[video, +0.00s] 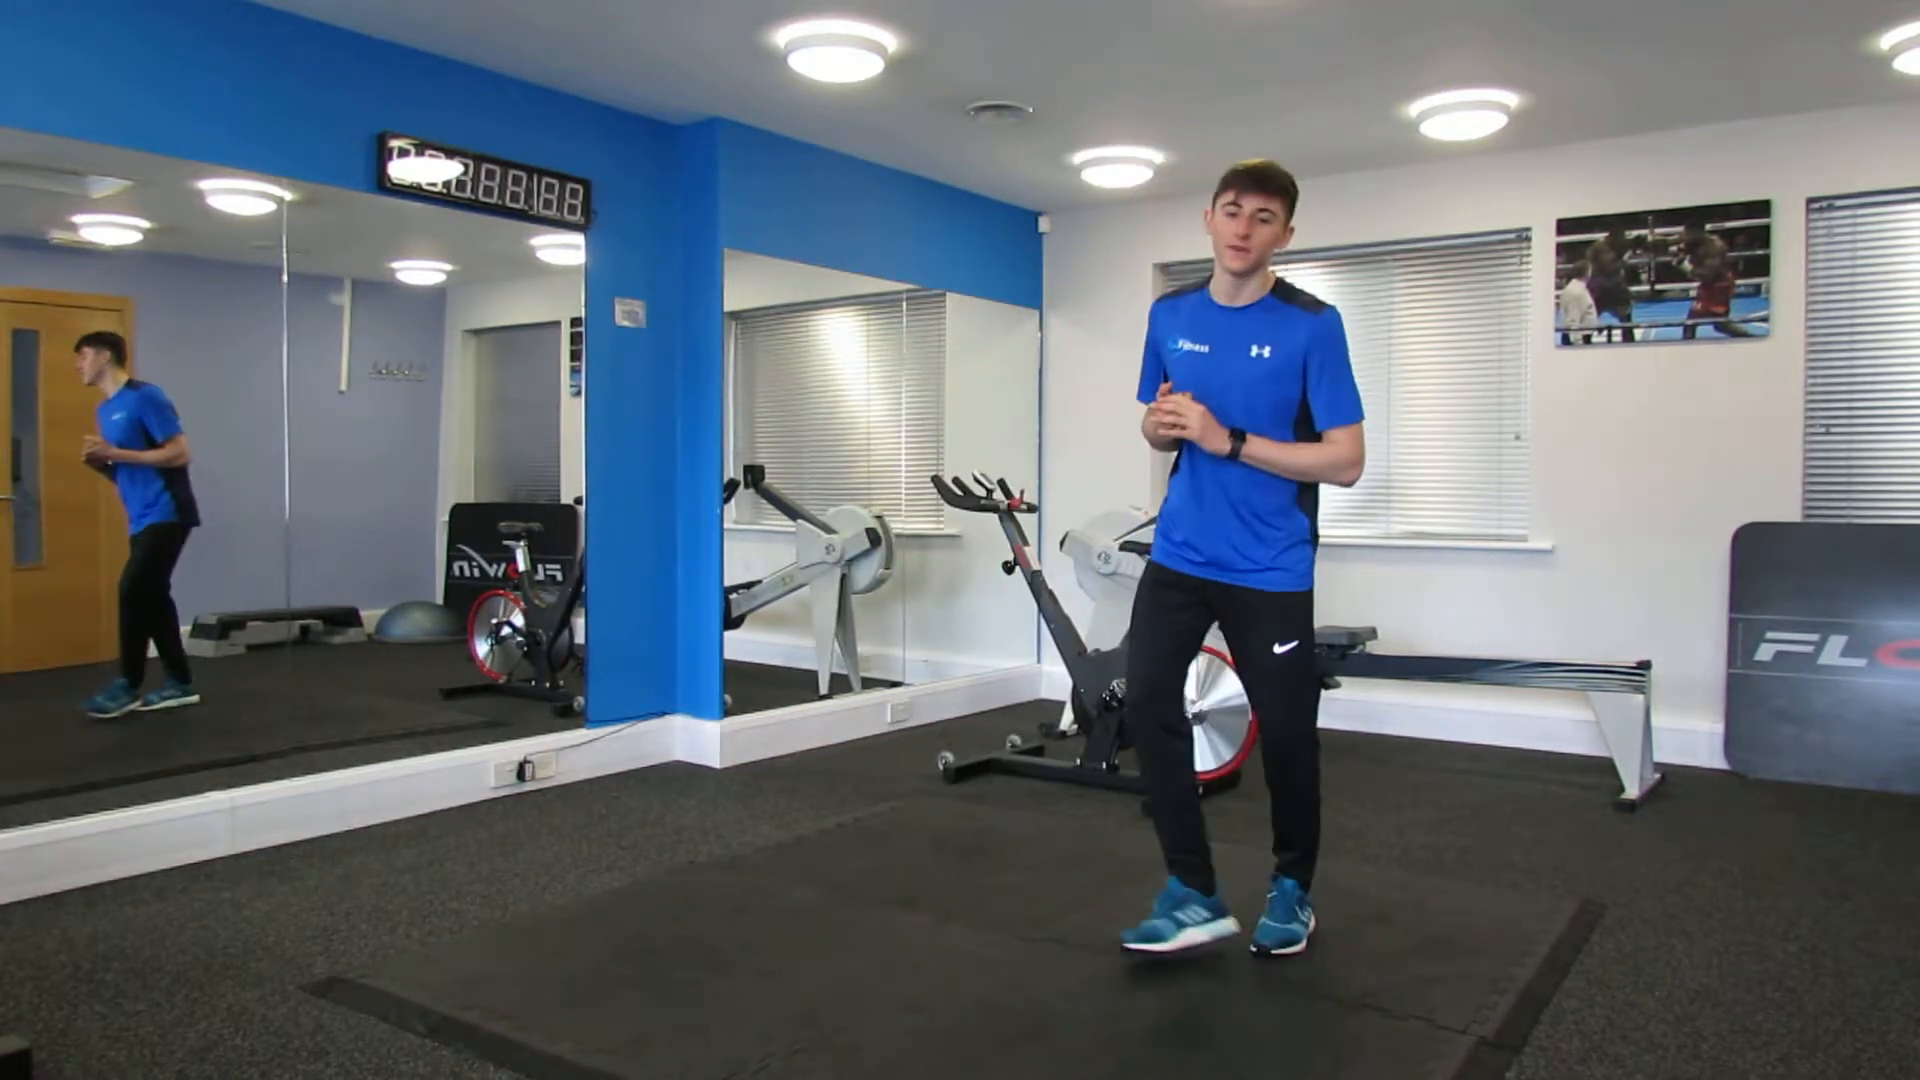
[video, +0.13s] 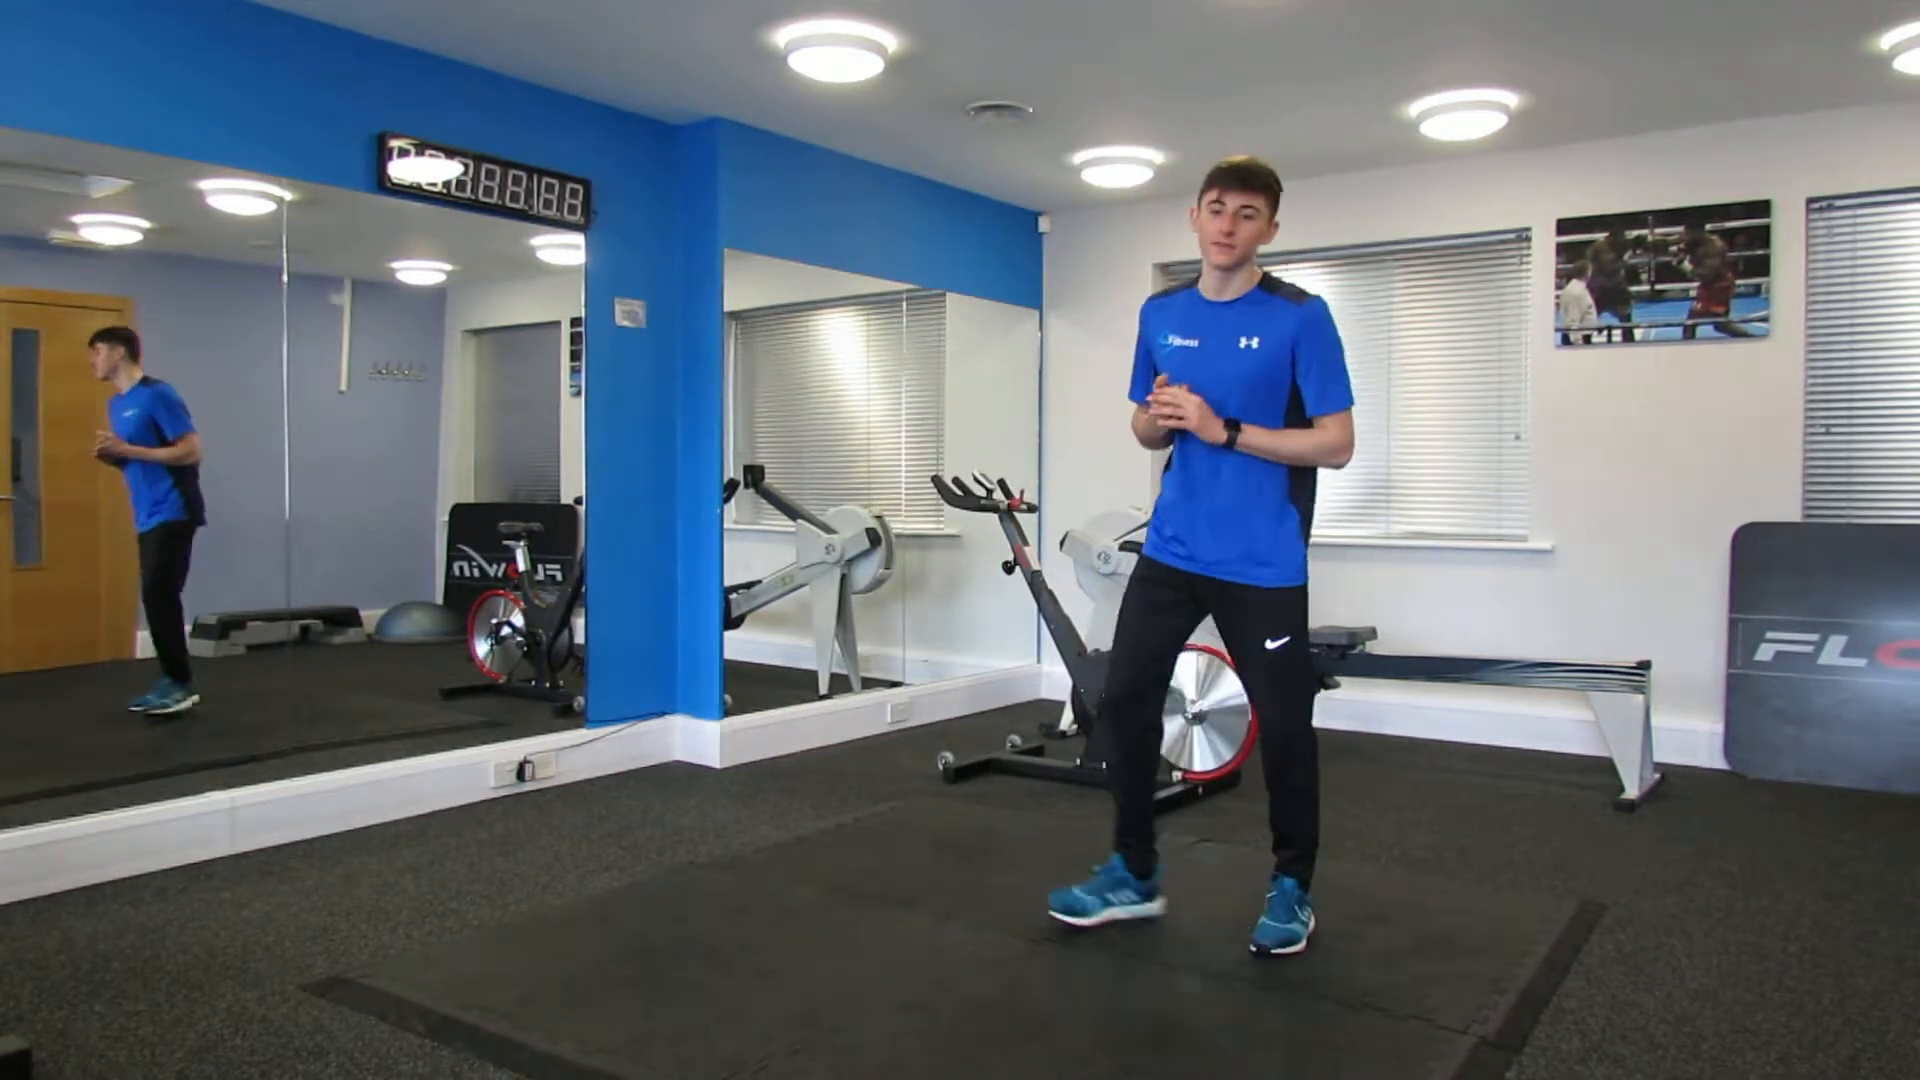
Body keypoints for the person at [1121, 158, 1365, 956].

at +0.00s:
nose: (1244, 227)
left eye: (1263, 217)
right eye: (1232, 211)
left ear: (1284, 235)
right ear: (1209, 222)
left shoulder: (1313, 326)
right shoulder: (1172, 315)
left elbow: (1347, 458)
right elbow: (1155, 429)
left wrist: (1231, 441)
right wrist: (1160, 427)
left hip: (1271, 568)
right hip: (1179, 557)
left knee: (1288, 732)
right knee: (1147, 705)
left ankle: (1291, 889)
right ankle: (1194, 891)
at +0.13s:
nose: (1227, 226)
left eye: (1246, 215)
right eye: (1217, 210)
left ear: (1270, 230)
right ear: (1194, 219)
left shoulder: (1302, 318)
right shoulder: (1160, 316)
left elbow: (1338, 443)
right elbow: (1146, 434)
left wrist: (1229, 431)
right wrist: (1161, 416)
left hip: (1263, 564)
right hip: (1172, 552)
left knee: (1284, 725)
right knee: (1127, 697)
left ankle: (1290, 886)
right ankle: (1133, 869)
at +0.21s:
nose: (1211, 223)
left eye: (1229, 213)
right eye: (1201, 209)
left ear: (1253, 230)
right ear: (1180, 221)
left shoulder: (1286, 318)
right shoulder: (1148, 319)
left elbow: (1325, 440)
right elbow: (1134, 438)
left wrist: (1217, 430)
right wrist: (1152, 418)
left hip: (1254, 563)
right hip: (1163, 551)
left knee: (1282, 720)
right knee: (1120, 698)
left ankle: (1291, 886)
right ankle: (1106, 864)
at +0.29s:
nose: (1189, 225)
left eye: (1207, 216)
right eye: (1179, 211)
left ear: (1230, 234)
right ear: (1159, 223)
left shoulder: (1264, 318)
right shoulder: (1131, 322)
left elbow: (1308, 438)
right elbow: (1119, 443)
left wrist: (1200, 429)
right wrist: (1134, 421)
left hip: (1237, 564)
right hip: (1150, 555)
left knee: (1272, 723)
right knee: (1112, 703)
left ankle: (1290, 885)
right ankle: (1102, 866)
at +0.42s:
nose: (1149, 226)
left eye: (1167, 218)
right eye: (1140, 214)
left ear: (1193, 237)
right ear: (1123, 230)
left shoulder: (1224, 318)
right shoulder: (1104, 327)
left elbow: (1273, 436)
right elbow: (1097, 450)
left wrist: (1161, 428)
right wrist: (1094, 427)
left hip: (1203, 563)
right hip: (1126, 559)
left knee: (1238, 719)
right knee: (1100, 706)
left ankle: (1282, 883)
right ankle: (1097, 865)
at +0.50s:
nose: (1118, 233)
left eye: (1135, 222)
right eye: (1111, 222)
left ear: (1169, 237)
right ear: (1100, 236)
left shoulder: (1200, 316)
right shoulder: (1090, 329)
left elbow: (1247, 435)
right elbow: (1086, 454)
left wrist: (1133, 427)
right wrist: (1069, 424)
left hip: (1183, 558)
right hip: (1112, 555)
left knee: (1206, 721)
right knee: (1095, 710)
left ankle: (1267, 879)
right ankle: (1096, 866)